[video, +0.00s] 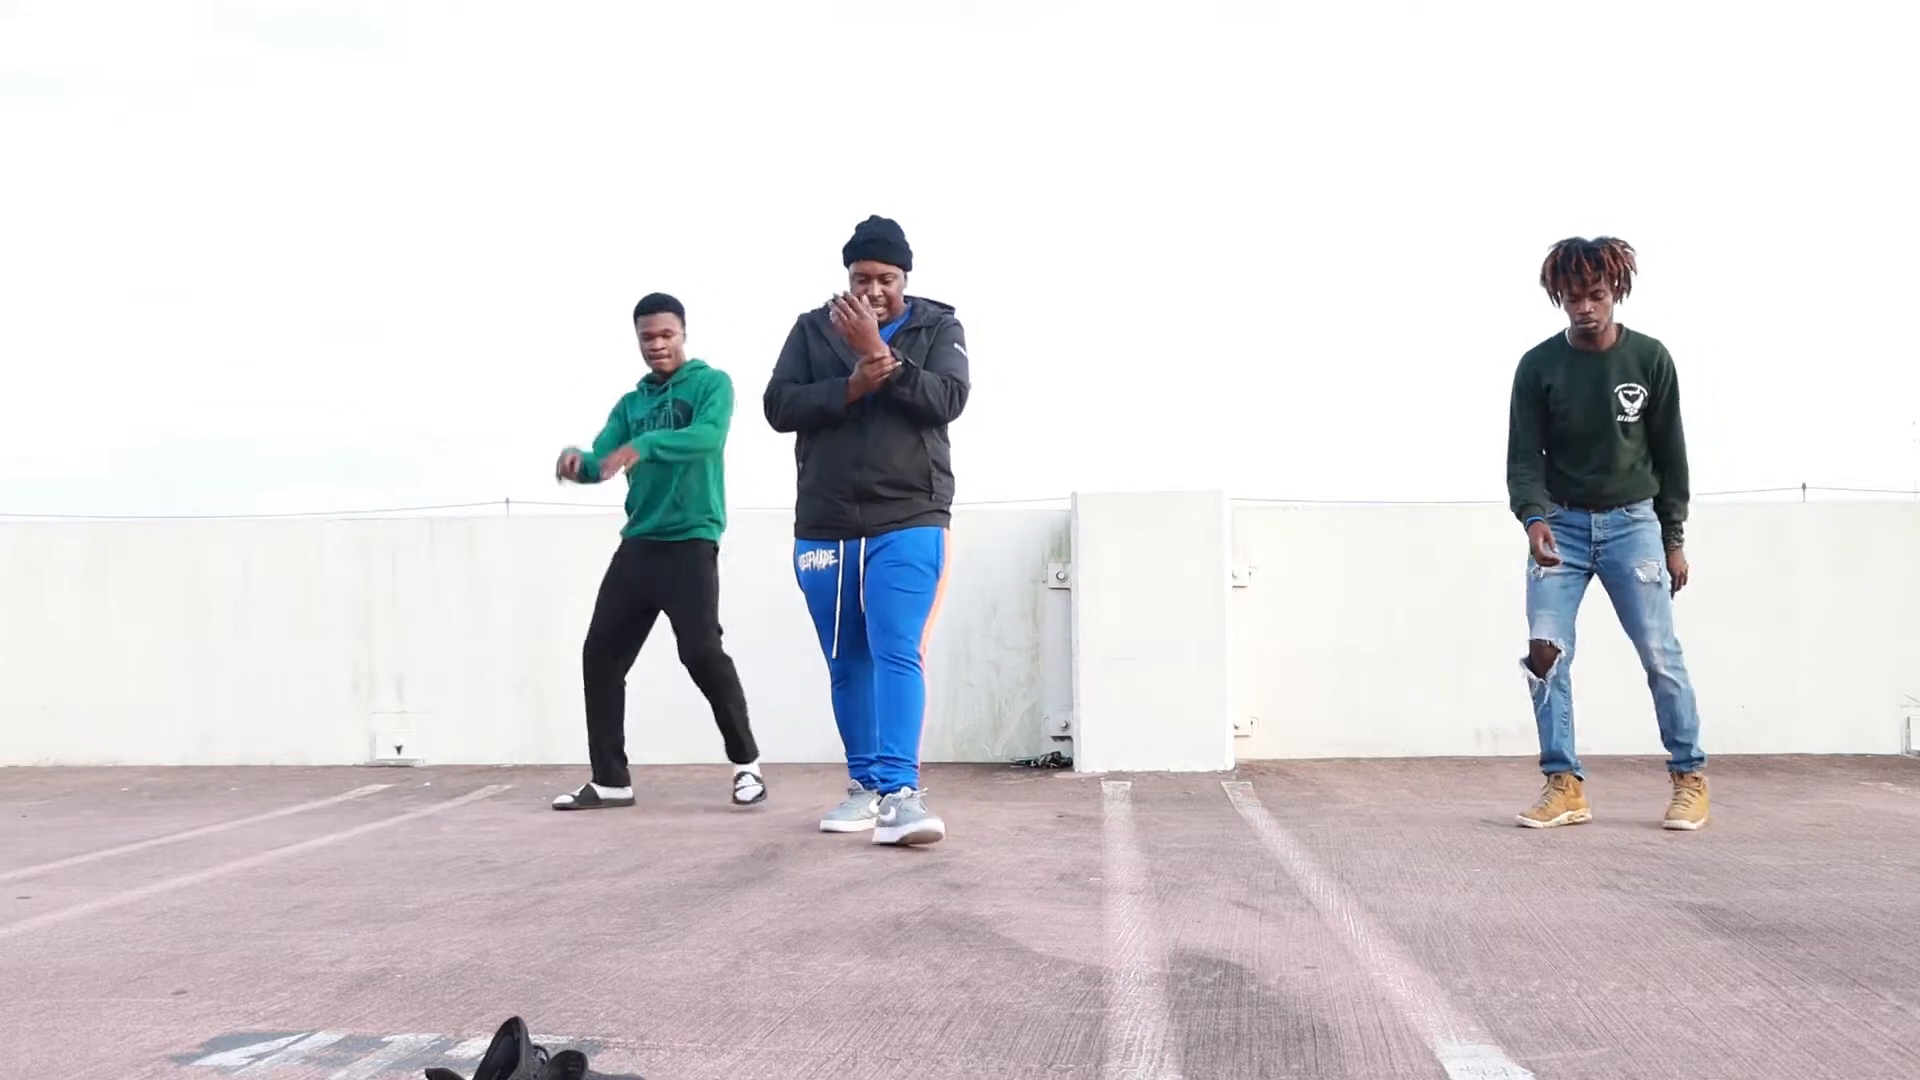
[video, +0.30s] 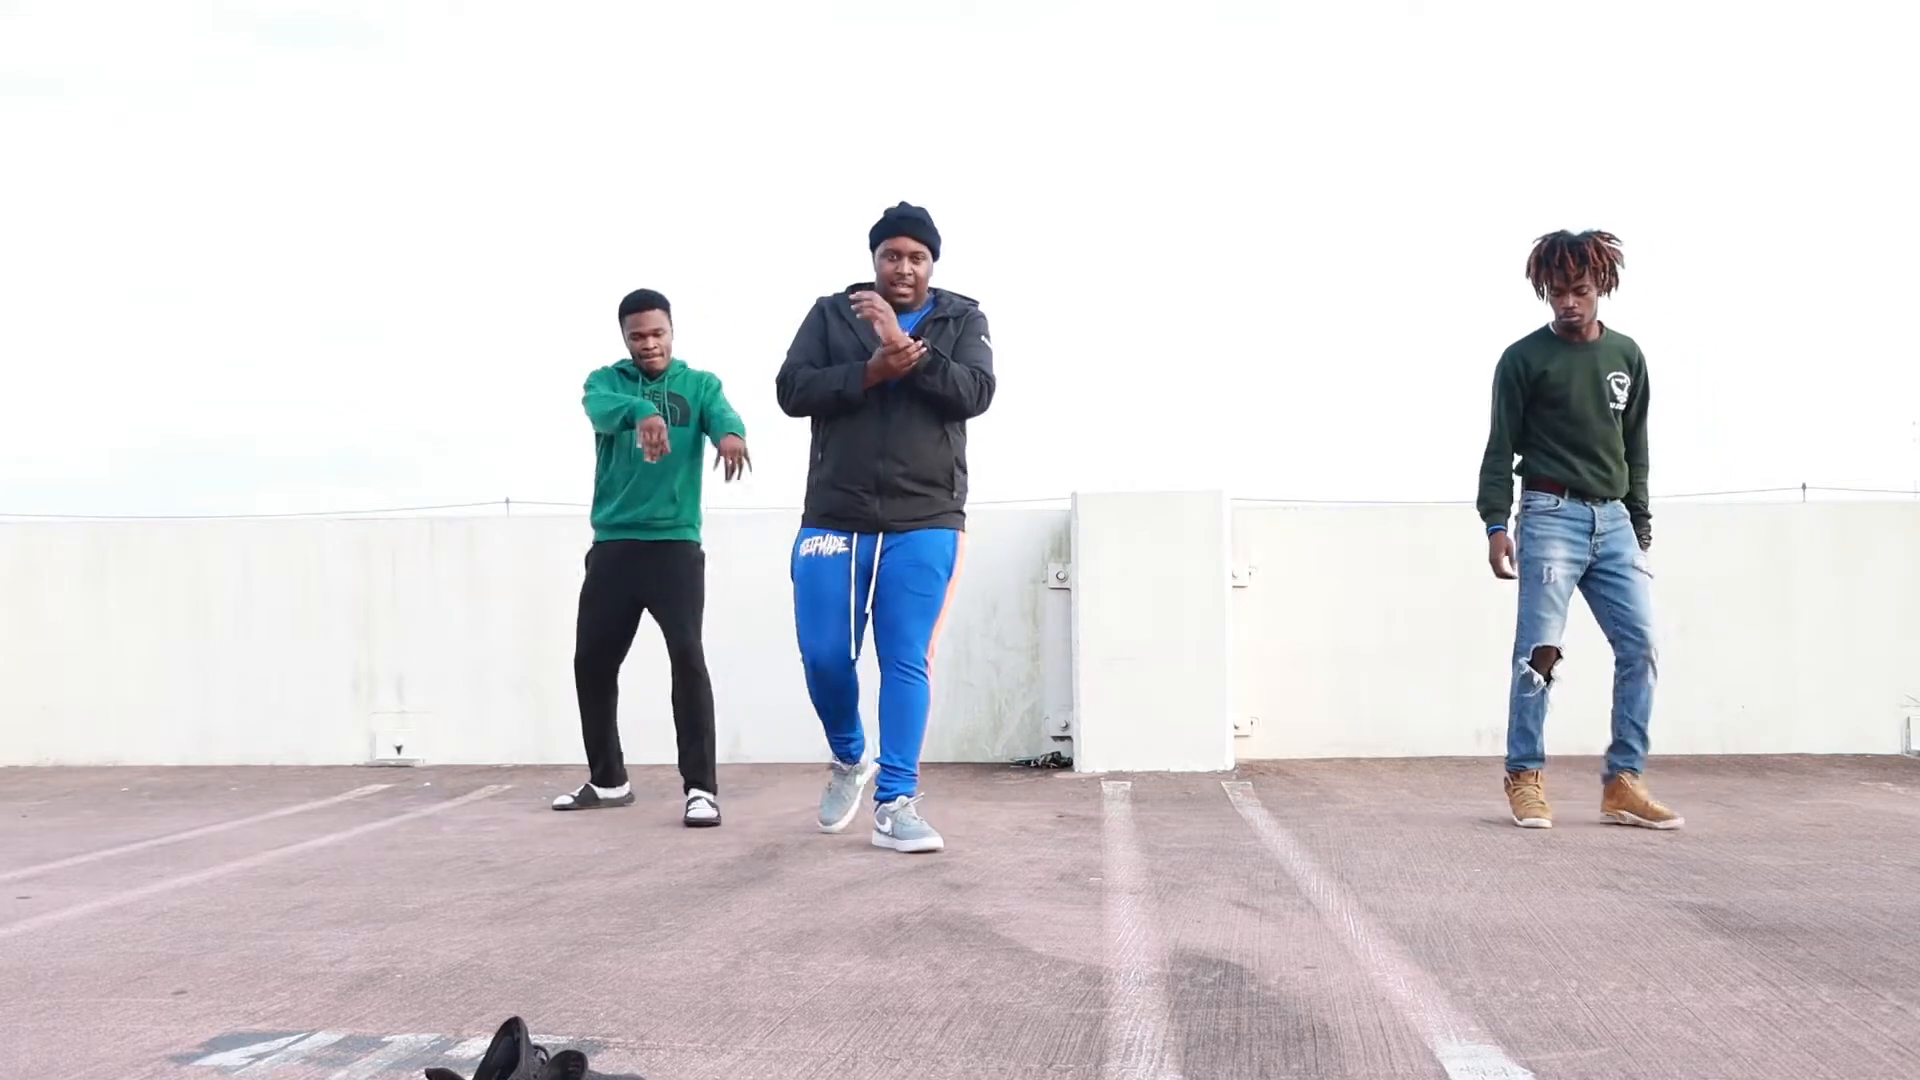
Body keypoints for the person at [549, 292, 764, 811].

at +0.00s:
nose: (658, 345)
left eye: (666, 336)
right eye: (648, 338)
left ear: (685, 336)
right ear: (639, 343)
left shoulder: (710, 382)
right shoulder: (631, 405)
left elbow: (709, 437)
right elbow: (603, 465)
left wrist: (642, 447)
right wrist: (577, 463)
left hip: (691, 545)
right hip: (637, 548)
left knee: (700, 652)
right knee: (601, 656)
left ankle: (747, 766)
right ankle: (611, 781)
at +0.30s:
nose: (649, 344)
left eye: (657, 334)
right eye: (638, 337)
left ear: (672, 333)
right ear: (624, 340)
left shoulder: (698, 383)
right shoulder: (607, 381)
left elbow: (719, 411)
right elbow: (602, 406)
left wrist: (729, 433)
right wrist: (642, 412)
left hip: (676, 549)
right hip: (613, 549)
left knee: (687, 660)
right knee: (592, 665)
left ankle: (700, 788)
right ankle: (608, 780)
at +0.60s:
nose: (667, 325)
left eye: (677, 314)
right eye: (659, 316)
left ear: (700, 313)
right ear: (649, 318)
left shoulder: (719, 368)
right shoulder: (634, 359)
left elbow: (738, 416)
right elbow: (590, 381)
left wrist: (729, 383)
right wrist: (625, 359)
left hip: (673, 536)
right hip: (617, 530)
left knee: (677, 655)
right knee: (582, 647)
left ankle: (698, 791)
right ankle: (601, 770)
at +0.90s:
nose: (633, 321)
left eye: (644, 310)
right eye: (628, 311)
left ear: (676, 308)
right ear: (624, 312)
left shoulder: (700, 355)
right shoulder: (623, 368)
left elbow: (664, 393)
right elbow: (567, 407)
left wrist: (574, 361)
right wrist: (522, 369)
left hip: (661, 538)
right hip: (606, 534)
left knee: (672, 661)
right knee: (567, 655)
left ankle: (699, 792)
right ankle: (528, 786)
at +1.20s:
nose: (578, 344)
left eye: (589, 333)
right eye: (569, 335)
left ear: (614, 332)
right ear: (561, 338)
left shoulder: (640, 382)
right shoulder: (557, 403)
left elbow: (608, 436)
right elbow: (513, 455)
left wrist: (533, 451)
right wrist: (471, 443)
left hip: (609, 562)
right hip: (549, 560)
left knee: (633, 680)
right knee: (502, 668)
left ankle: (695, 792)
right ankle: (516, 803)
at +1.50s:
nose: (576, 306)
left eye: (585, 298)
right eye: (565, 296)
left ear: (593, 305)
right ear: (542, 301)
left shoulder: (607, 359)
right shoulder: (519, 358)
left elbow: (644, 379)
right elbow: (488, 378)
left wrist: (628, 335)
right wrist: (505, 318)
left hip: (610, 534)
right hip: (538, 535)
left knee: (644, 655)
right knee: (517, 668)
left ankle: (658, 788)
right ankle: (514, 801)